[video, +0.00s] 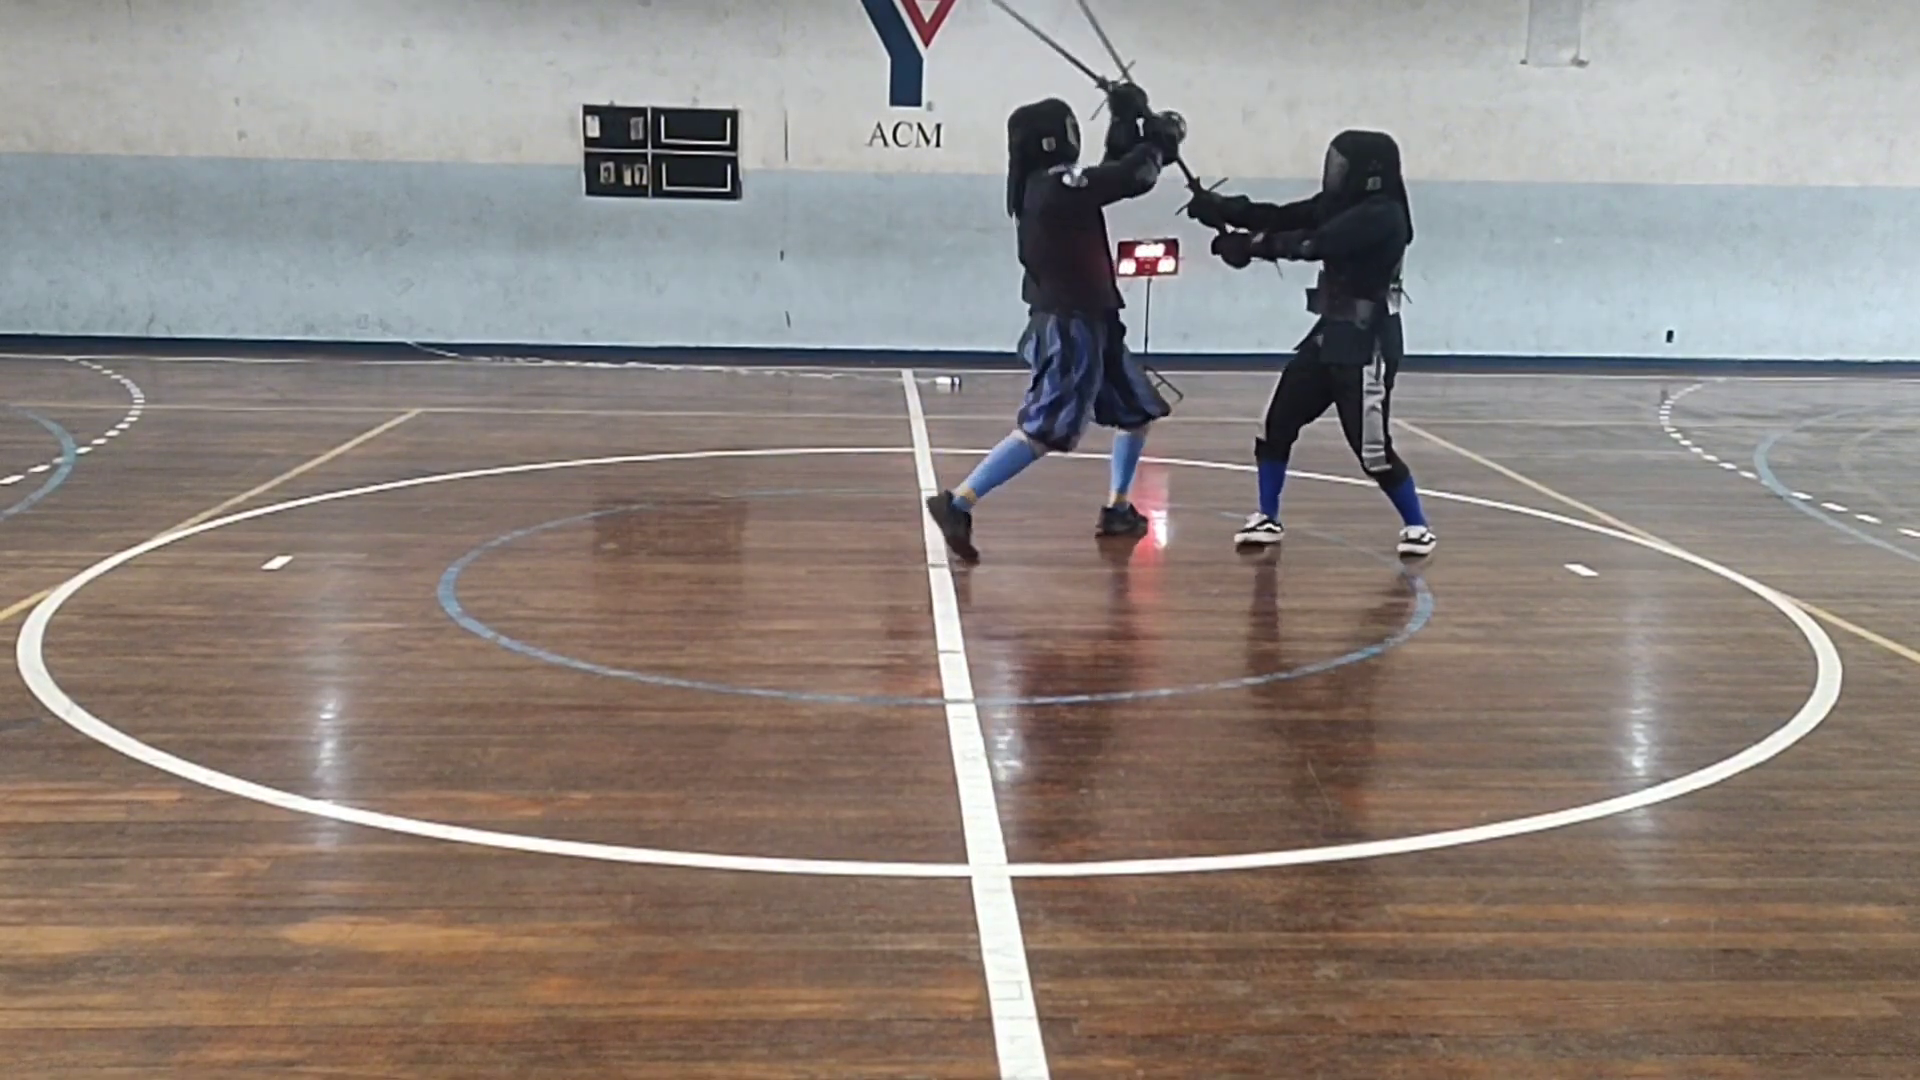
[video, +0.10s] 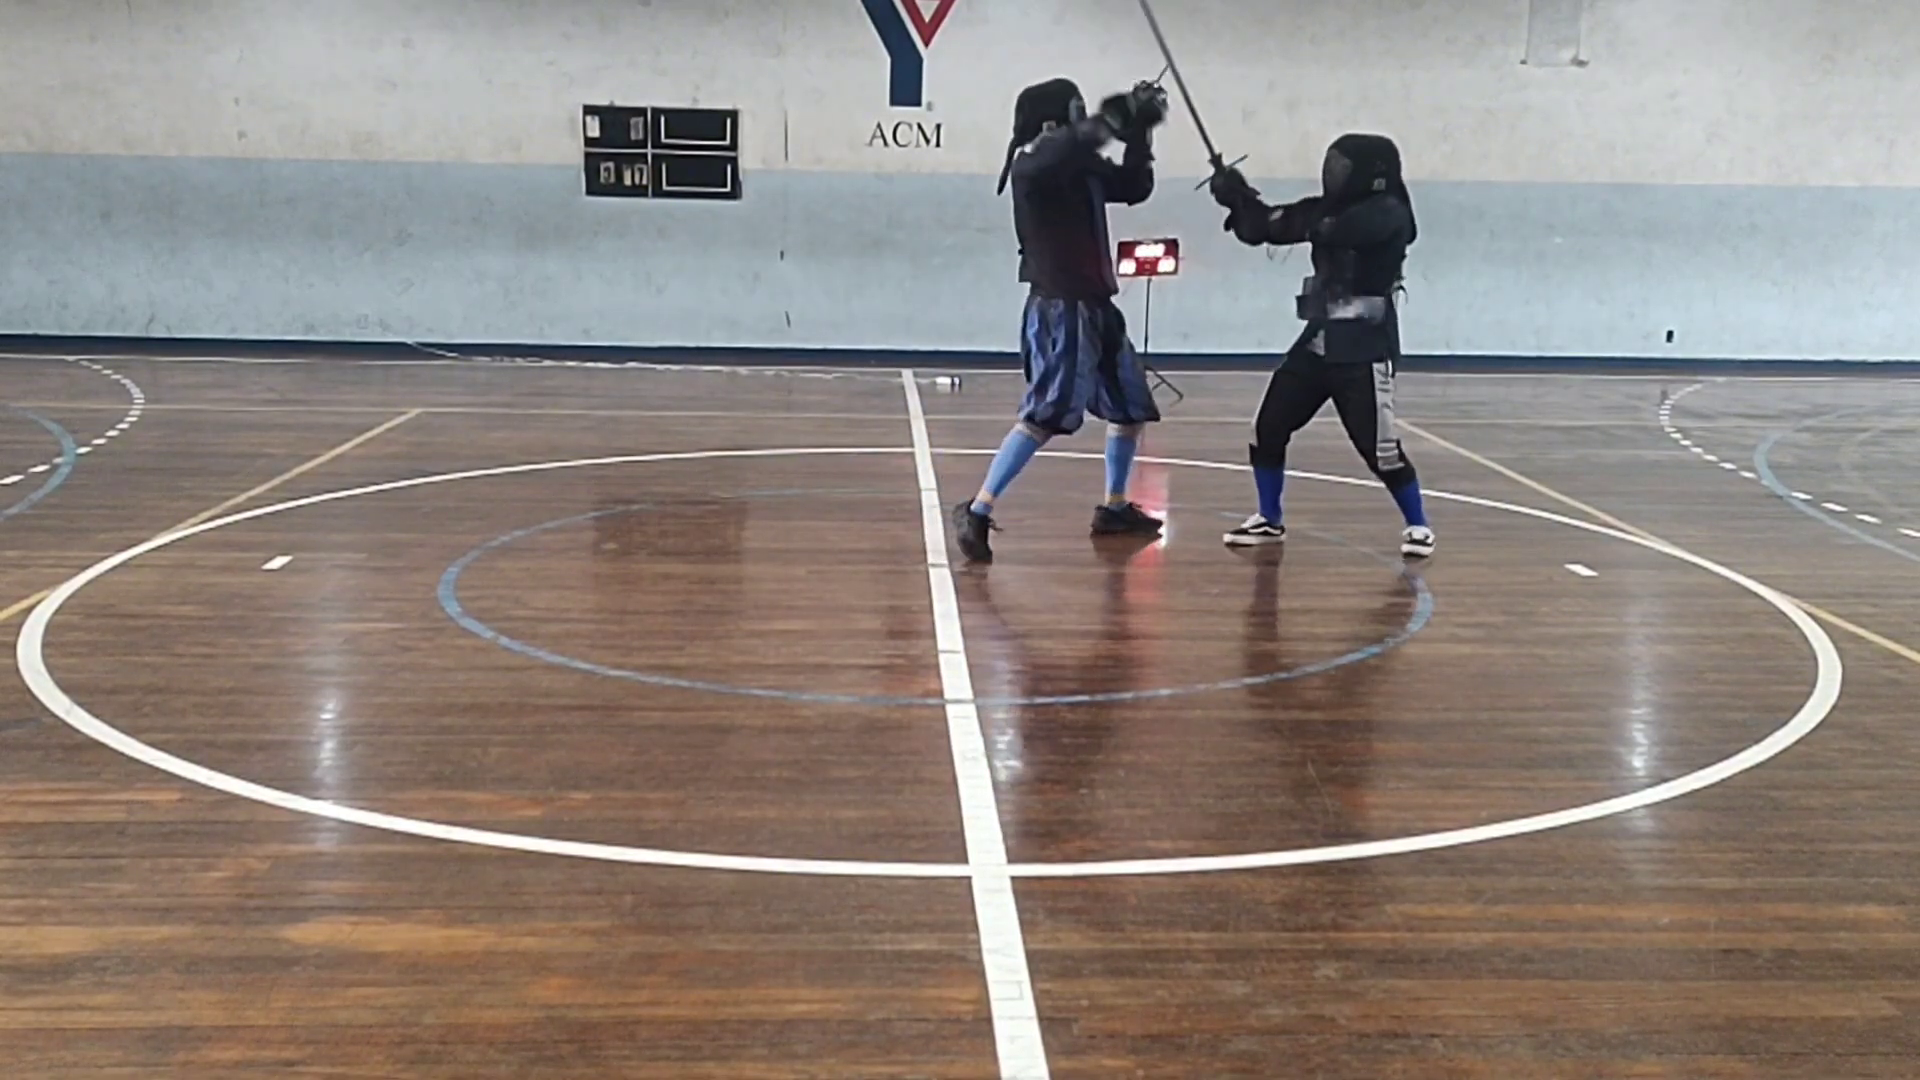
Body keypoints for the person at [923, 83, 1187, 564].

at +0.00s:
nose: (1078, 137)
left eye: (1073, 130)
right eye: (1070, 130)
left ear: (1032, 146)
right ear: (1052, 142)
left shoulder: (1047, 182)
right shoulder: (1058, 185)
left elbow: (1111, 174)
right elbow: (1136, 178)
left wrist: (1123, 121)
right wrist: (1159, 139)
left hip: (1090, 320)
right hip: (1068, 322)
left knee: (1136, 412)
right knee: (1048, 429)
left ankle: (1118, 509)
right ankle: (957, 503)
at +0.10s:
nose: (1086, 122)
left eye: (1083, 115)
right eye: (1078, 114)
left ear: (1043, 124)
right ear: (1055, 120)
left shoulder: (1082, 166)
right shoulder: (1031, 162)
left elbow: (1135, 186)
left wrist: (1139, 137)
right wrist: (1114, 116)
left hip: (1096, 306)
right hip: (1058, 306)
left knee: (1129, 408)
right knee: (1047, 414)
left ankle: (1115, 508)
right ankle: (977, 512)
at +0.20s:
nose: (1093, 112)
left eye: (1091, 102)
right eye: (1084, 101)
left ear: (1079, 112)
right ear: (1057, 106)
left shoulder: (1096, 158)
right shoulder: (1031, 156)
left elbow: (1143, 170)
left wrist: (1126, 114)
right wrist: (1073, 57)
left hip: (1100, 297)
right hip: (1053, 294)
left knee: (1122, 408)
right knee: (1033, 406)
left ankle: (1112, 509)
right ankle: (979, 511)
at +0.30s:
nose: (1089, 109)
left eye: (1093, 102)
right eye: (1077, 101)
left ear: (1097, 107)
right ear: (1051, 109)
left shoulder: (1112, 156)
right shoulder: (1028, 154)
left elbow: (1129, 133)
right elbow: (991, 88)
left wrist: (1106, 81)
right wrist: (1040, 37)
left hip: (1103, 300)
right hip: (1046, 299)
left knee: (1116, 410)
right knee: (1020, 405)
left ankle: (1111, 508)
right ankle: (980, 514)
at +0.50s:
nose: (1051, 119)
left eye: (1058, 111)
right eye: (1040, 112)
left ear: (1073, 118)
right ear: (1024, 123)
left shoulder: (1096, 163)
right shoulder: (1012, 165)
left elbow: (1107, 131)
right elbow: (971, 102)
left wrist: (1079, 90)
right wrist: (1012, 47)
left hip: (1093, 309)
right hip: (1030, 310)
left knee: (1118, 418)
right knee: (994, 416)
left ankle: (1132, 508)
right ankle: (955, 515)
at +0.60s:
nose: (1038, 124)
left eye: (1045, 116)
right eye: (1027, 117)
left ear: (1057, 122)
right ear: (1009, 127)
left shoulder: (1080, 167)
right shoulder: (997, 171)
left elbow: (1093, 133)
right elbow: (954, 110)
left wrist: (1066, 97)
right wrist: (994, 54)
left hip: (1078, 313)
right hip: (1016, 314)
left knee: (1104, 422)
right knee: (986, 419)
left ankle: (1131, 507)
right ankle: (954, 519)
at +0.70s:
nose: (1019, 125)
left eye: (1027, 117)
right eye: (1009, 119)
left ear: (1040, 124)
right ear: (993, 129)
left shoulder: (1066, 172)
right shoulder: (984, 176)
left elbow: (1078, 132)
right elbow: (939, 116)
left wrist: (1048, 96)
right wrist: (977, 58)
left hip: (1064, 316)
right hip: (1002, 319)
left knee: (1096, 421)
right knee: (976, 420)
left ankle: (1129, 506)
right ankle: (953, 519)